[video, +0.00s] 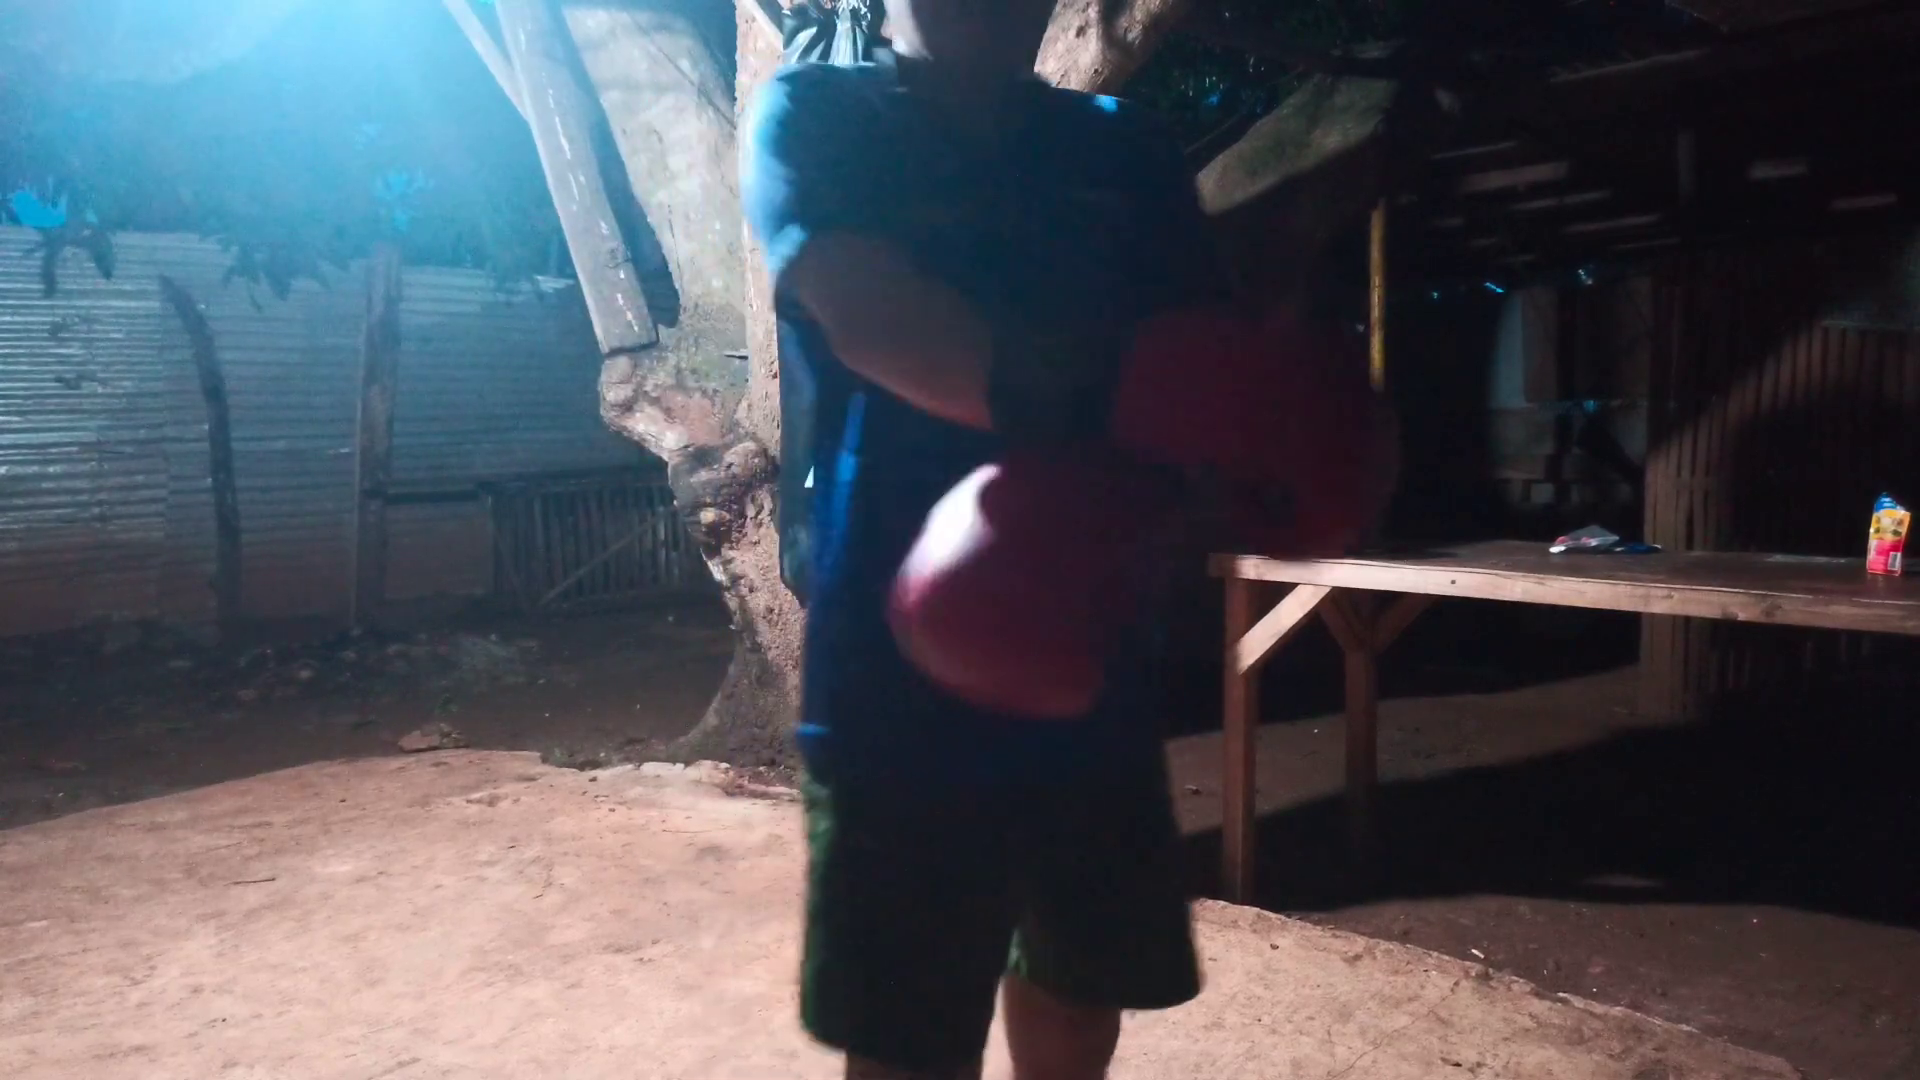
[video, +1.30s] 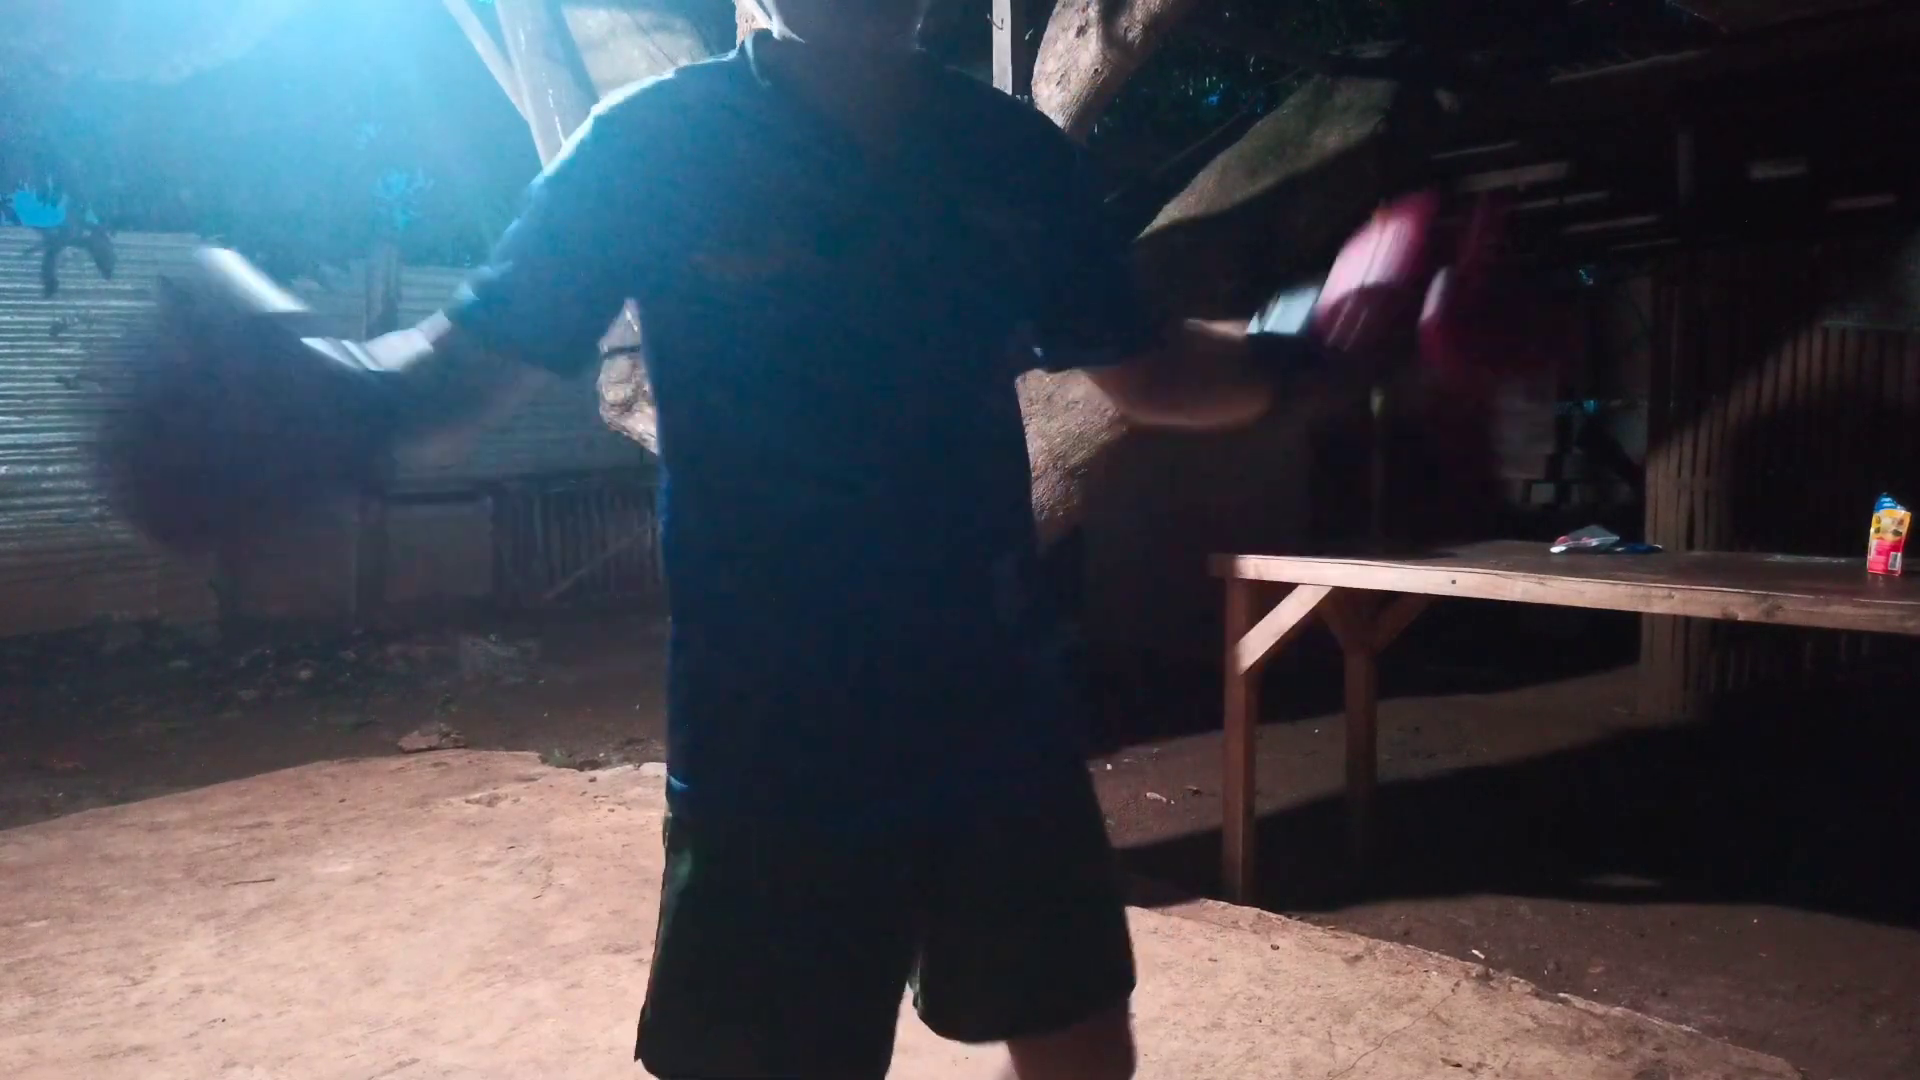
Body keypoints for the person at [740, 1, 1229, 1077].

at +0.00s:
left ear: (1054, 3)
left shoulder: (1128, 148)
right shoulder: (816, 106)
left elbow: (1209, 383)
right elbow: (865, 315)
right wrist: (1108, 400)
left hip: (1094, 660)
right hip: (892, 659)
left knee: (1079, 979)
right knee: (905, 1032)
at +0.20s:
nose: (1017, 4)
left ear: (1085, 7)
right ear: (926, 4)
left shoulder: (1160, 163)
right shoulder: (857, 143)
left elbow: (1217, 413)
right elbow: (788, 389)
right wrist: (1018, 426)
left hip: (1122, 652)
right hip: (926, 655)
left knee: (1089, 1005)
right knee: (941, 1036)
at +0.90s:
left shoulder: (1093, 151)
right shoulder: (761, 142)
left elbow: (1156, 407)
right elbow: (709, 423)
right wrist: (930, 484)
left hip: (1073, 688)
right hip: (859, 693)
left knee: (1066, 1041)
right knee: (887, 1056)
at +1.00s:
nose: (907, 2)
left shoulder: (1056, 148)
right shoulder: (728, 144)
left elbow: (1141, 401)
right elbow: (689, 441)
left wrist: (1087, 572)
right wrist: (905, 586)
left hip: (1040, 681)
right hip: (828, 693)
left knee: (1067, 1034)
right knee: (837, 1053)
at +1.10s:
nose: (894, 7)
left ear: (956, 3)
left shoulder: (1036, 152)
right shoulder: (688, 151)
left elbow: (1137, 404)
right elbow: (590, 425)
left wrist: (1158, 567)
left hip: (1007, 680)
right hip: (789, 695)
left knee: (1077, 1042)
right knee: (795, 1062)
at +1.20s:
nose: (882, 7)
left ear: (941, 3)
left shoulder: (1014, 145)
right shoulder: (671, 140)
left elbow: (1125, 381)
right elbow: (530, 384)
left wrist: (1230, 461)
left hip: (991, 685)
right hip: (779, 703)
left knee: (1087, 1049)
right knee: (771, 1065)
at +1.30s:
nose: (884, 11)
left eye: (908, 2)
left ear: (938, 11)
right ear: (770, 3)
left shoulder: (1008, 148)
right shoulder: (660, 139)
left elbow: (1147, 371)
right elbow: (467, 359)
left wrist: (1326, 357)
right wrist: (308, 391)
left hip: (992, 711)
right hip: (770, 729)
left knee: (1077, 1039)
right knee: (760, 1064)